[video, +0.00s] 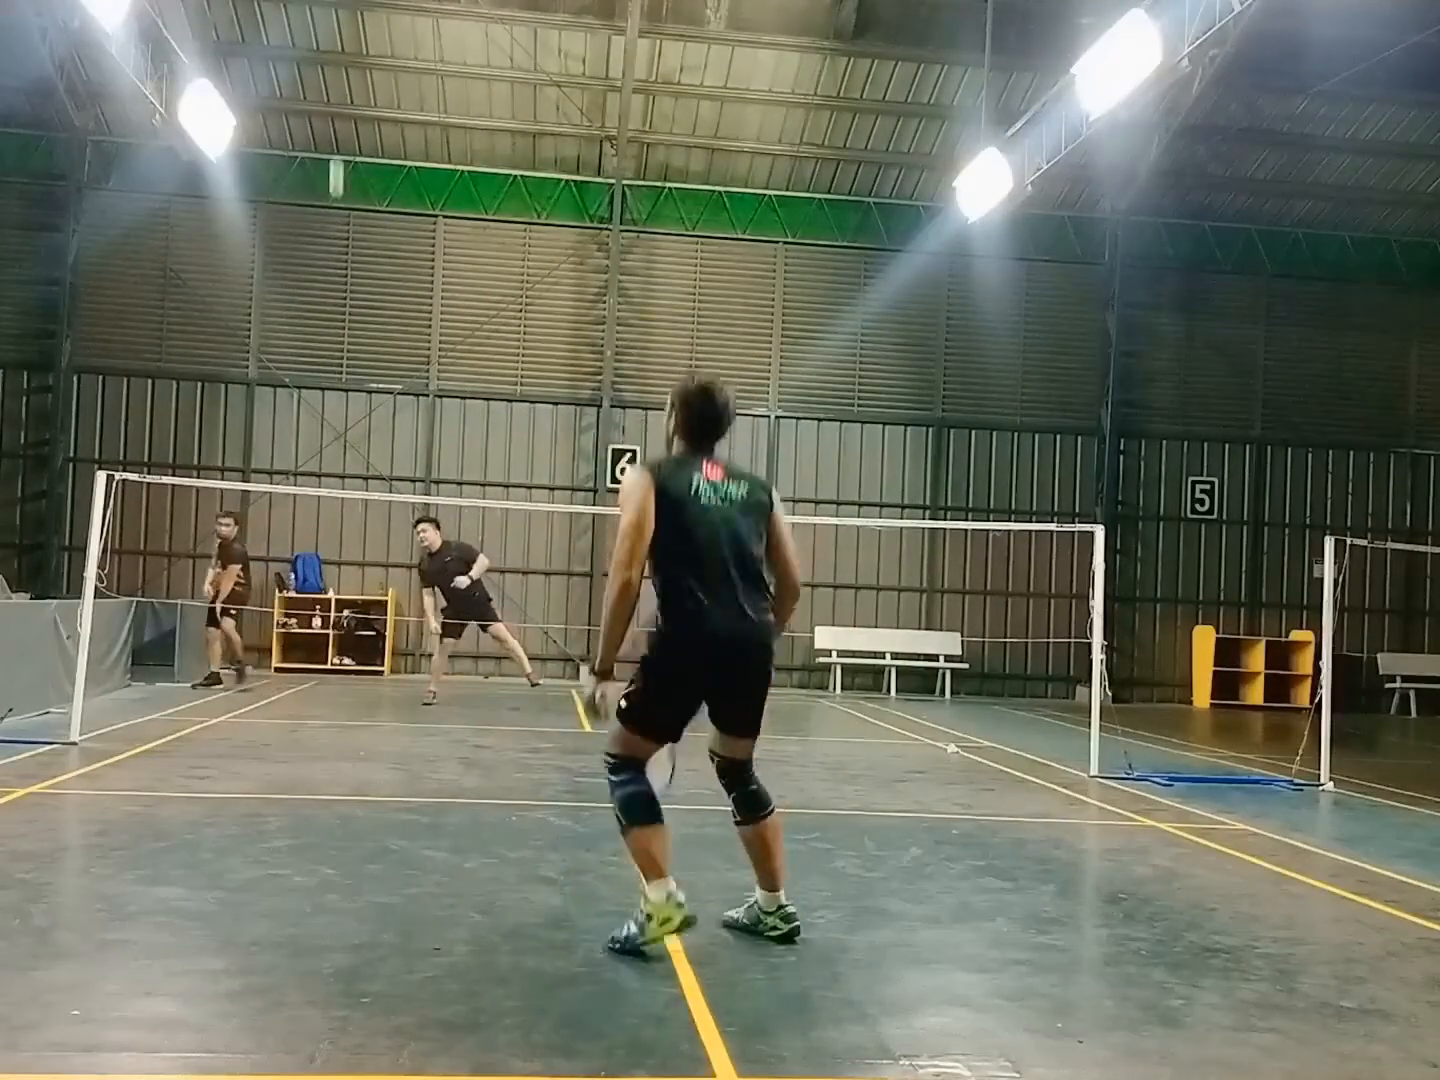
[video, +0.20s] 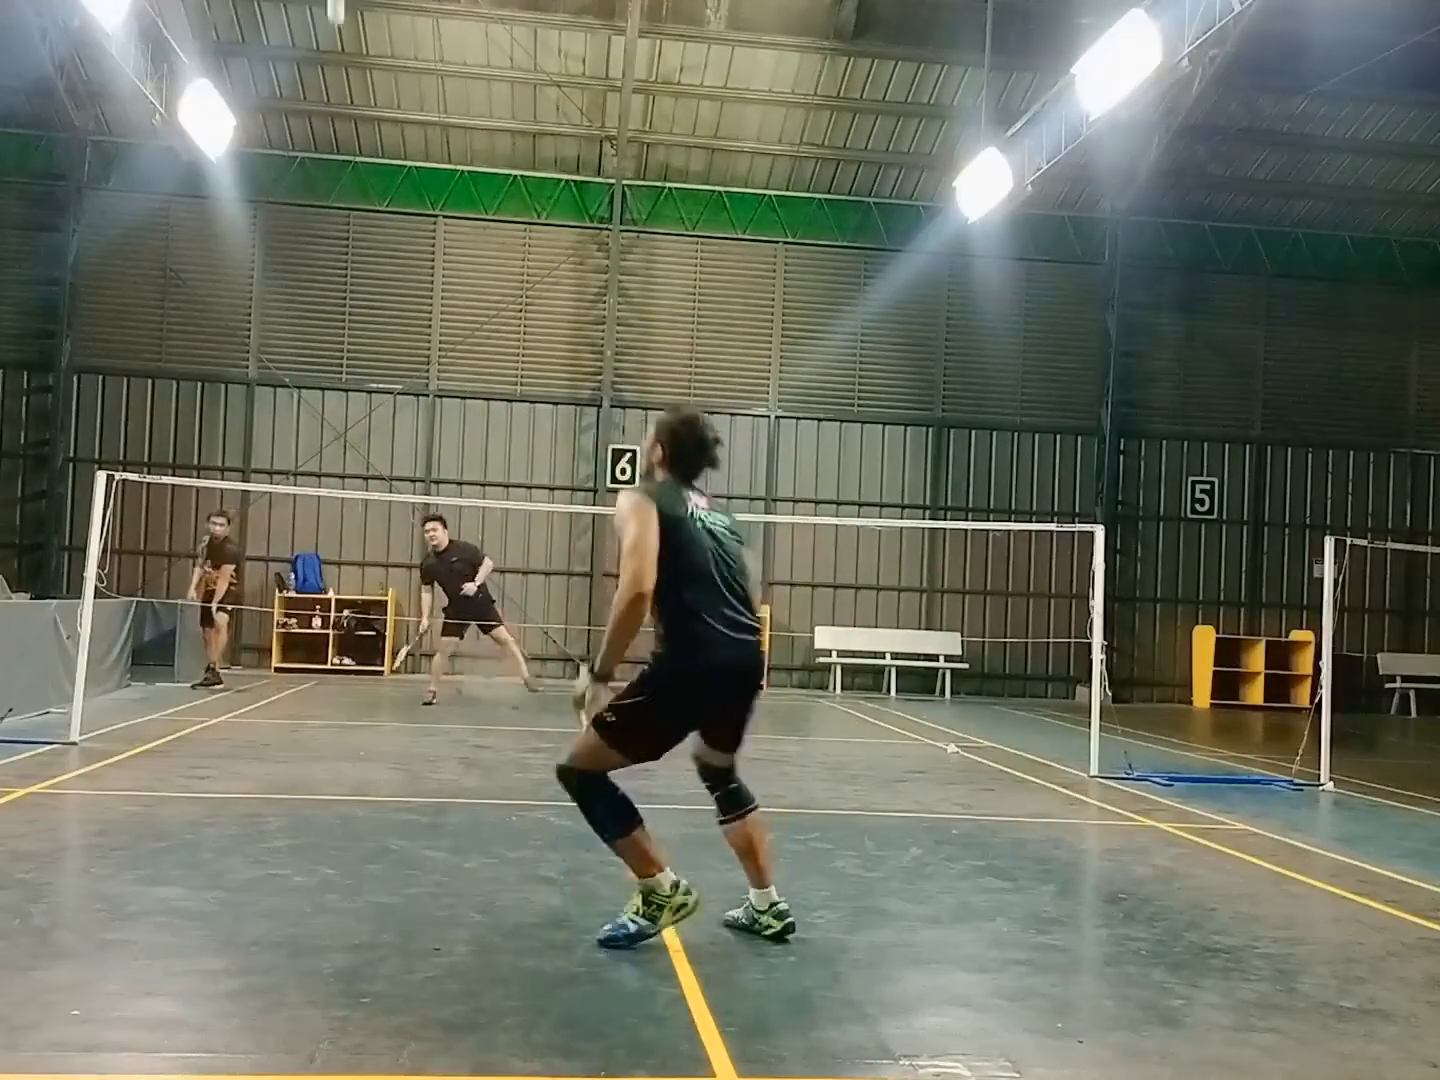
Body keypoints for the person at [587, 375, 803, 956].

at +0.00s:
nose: (669, 424)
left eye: (672, 416)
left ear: (675, 424)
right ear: (723, 429)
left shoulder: (649, 479)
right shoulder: (757, 487)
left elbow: (626, 578)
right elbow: (790, 581)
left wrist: (602, 666)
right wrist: (770, 625)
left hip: (683, 646)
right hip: (751, 648)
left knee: (626, 761)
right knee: (736, 766)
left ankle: (662, 899)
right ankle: (774, 905)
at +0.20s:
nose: (643, 451)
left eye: (647, 444)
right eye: (648, 442)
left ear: (657, 452)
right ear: (698, 461)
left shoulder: (641, 499)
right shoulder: (720, 514)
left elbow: (637, 589)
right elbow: (748, 606)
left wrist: (600, 673)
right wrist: (751, 671)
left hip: (687, 666)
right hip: (744, 665)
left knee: (579, 770)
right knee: (717, 767)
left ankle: (659, 886)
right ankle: (767, 900)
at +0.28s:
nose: (632, 418)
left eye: (638, 411)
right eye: (638, 409)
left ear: (650, 427)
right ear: (680, 436)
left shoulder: (641, 480)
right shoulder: (688, 488)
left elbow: (653, 569)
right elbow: (692, 588)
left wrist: (600, 646)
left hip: (678, 657)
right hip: (718, 652)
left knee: (577, 777)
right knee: (690, 762)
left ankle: (643, 890)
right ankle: (761, 892)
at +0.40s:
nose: (604, 376)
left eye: (615, 371)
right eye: (611, 369)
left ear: (634, 393)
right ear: (631, 396)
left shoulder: (667, 464)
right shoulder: (613, 463)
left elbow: (681, 569)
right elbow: (590, 559)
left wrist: (610, 639)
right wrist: (534, 598)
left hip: (658, 637)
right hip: (618, 632)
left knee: (607, 785)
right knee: (602, 764)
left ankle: (642, 896)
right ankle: (695, 847)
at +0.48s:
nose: (595, 358)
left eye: (609, 352)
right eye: (604, 349)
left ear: (629, 376)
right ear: (621, 378)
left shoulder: (670, 456)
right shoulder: (582, 447)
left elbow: (689, 561)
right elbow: (519, 496)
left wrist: (622, 640)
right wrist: (483, 531)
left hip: (646, 633)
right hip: (584, 624)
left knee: (621, 776)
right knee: (555, 765)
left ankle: (642, 892)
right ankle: (618, 856)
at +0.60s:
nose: (577, 340)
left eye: (591, 335)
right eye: (585, 331)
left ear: (616, 358)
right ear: (603, 355)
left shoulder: (654, 440)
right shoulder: (545, 396)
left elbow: (690, 543)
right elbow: (472, 369)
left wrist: (656, 631)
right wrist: (405, 365)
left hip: (619, 625)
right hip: (547, 616)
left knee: (628, 775)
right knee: (500, 762)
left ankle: (633, 879)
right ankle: (502, 895)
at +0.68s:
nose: (546, 344)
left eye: (563, 342)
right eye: (555, 338)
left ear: (588, 371)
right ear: (557, 361)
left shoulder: (621, 450)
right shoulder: (505, 397)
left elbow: (680, 535)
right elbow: (431, 311)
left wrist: (681, 615)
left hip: (586, 635)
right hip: (505, 628)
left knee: (603, 789)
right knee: (454, 787)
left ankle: (600, 878)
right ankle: (412, 956)